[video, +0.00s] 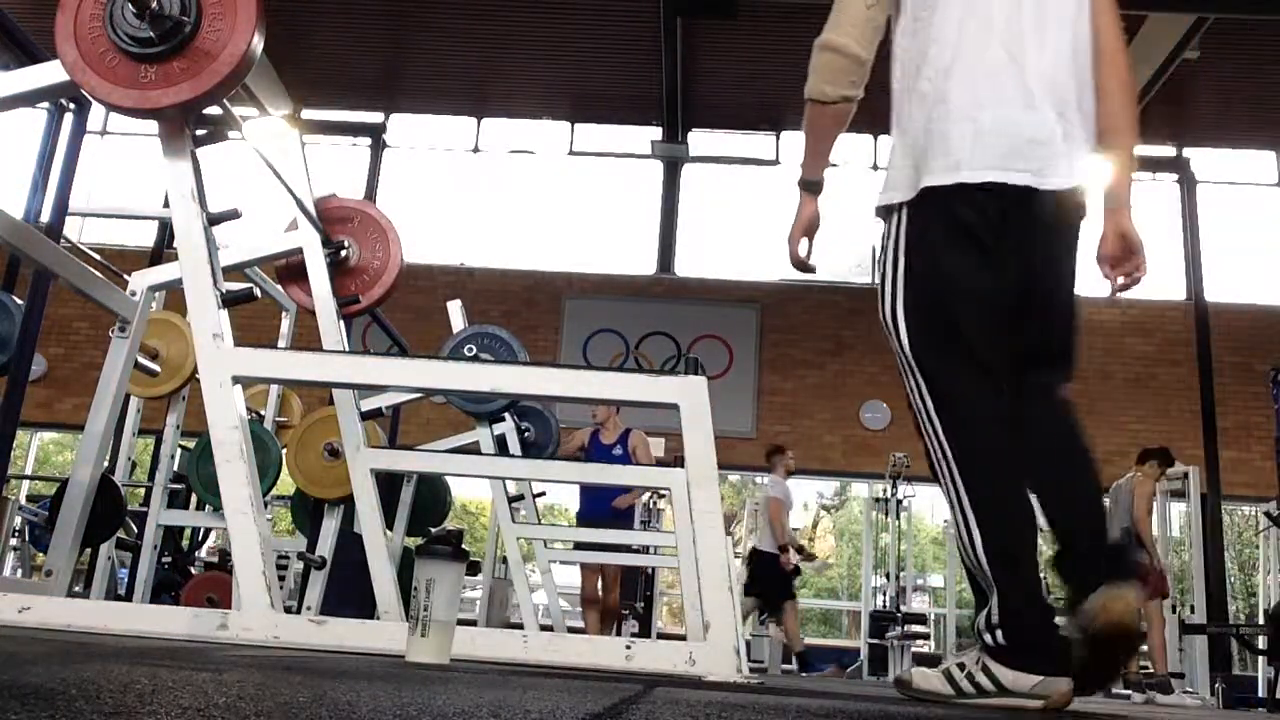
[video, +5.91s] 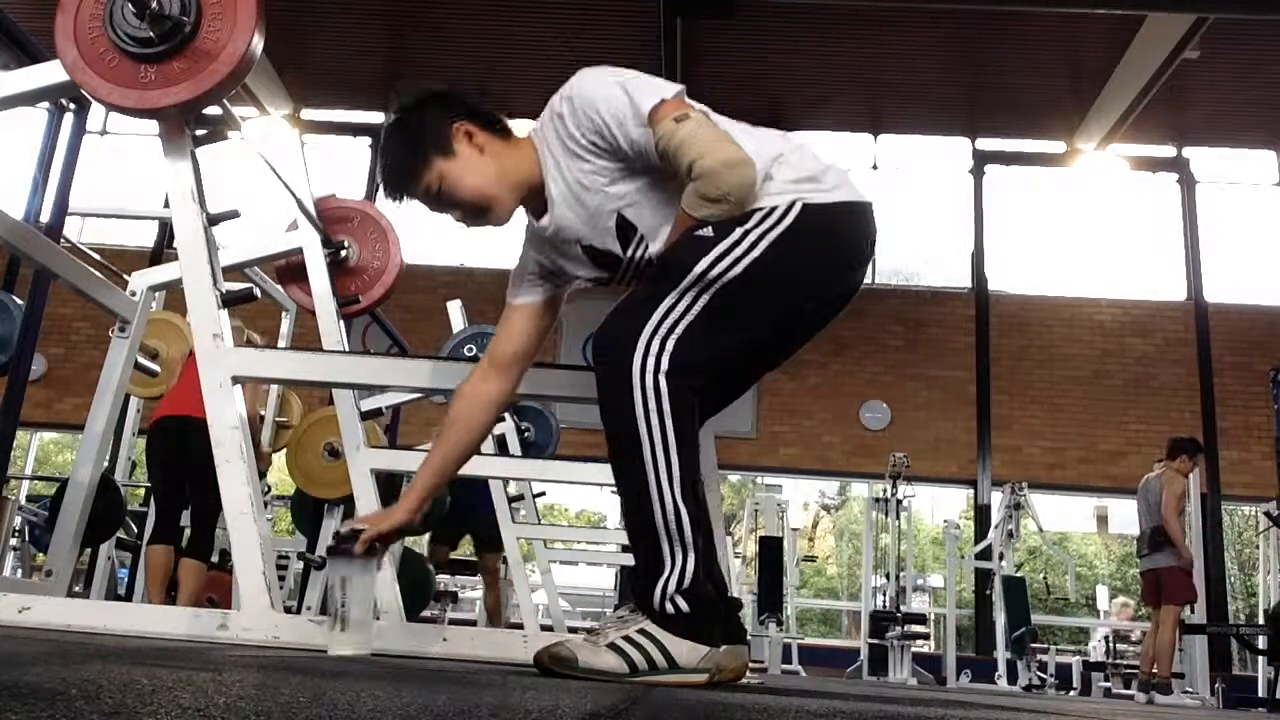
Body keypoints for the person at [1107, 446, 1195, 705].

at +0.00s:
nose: (1160, 478)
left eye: (1162, 474)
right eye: (1161, 472)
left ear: (1140, 464)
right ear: (1153, 466)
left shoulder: (1118, 485)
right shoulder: (1144, 482)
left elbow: (1114, 524)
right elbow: (1141, 520)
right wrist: (1155, 555)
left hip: (1118, 560)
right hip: (1139, 559)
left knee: (1127, 621)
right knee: (1156, 621)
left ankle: (1131, 679)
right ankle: (1163, 680)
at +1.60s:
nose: (1165, 479)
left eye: (1169, 476)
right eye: (1167, 474)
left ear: (1154, 462)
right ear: (1159, 465)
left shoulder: (1128, 481)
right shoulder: (1144, 481)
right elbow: (1135, 514)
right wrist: (1167, 530)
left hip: (1125, 562)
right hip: (1144, 561)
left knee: (1136, 621)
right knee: (1160, 619)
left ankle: (1136, 685)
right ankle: (1162, 684)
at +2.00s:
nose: (1178, 476)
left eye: (1180, 472)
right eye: (1179, 471)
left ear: (1163, 460)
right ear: (1170, 462)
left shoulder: (1133, 481)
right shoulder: (1157, 481)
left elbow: (1136, 523)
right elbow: (1158, 520)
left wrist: (1168, 529)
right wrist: (1189, 528)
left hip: (1135, 562)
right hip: (1156, 561)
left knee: (1143, 623)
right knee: (1161, 624)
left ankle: (1137, 686)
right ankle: (1163, 687)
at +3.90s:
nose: (1192, 476)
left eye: (1195, 471)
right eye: (1194, 470)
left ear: (1177, 459)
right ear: (1185, 461)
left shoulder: (1145, 480)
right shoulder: (1174, 480)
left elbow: (1146, 525)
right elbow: (1178, 523)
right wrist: (1205, 529)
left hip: (1149, 563)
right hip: (1174, 562)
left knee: (1155, 625)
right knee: (1169, 625)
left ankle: (1143, 685)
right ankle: (1164, 688)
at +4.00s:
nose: (1192, 475)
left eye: (1195, 471)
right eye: (1194, 470)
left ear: (1175, 458)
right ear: (1185, 461)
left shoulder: (1145, 480)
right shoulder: (1174, 480)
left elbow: (1146, 524)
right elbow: (1177, 523)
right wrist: (1206, 530)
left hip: (1149, 563)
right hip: (1173, 562)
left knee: (1155, 625)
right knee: (1169, 625)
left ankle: (1143, 685)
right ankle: (1164, 688)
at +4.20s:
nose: (1191, 475)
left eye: (1193, 470)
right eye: (1192, 469)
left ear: (1174, 459)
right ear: (1182, 461)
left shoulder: (1144, 480)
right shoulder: (1173, 480)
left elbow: (1147, 524)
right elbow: (1177, 522)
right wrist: (1205, 530)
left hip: (1149, 563)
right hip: (1173, 562)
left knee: (1156, 625)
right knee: (1169, 624)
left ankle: (1143, 685)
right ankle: (1164, 688)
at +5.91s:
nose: (1192, 471)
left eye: (1194, 466)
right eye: (1193, 465)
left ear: (1173, 458)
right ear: (1183, 459)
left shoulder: (1146, 480)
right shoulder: (1175, 480)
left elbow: (1146, 523)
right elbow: (1169, 517)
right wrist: (1185, 552)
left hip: (1148, 563)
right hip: (1170, 561)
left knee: (1156, 624)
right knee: (1168, 624)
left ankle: (1143, 685)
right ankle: (1163, 687)